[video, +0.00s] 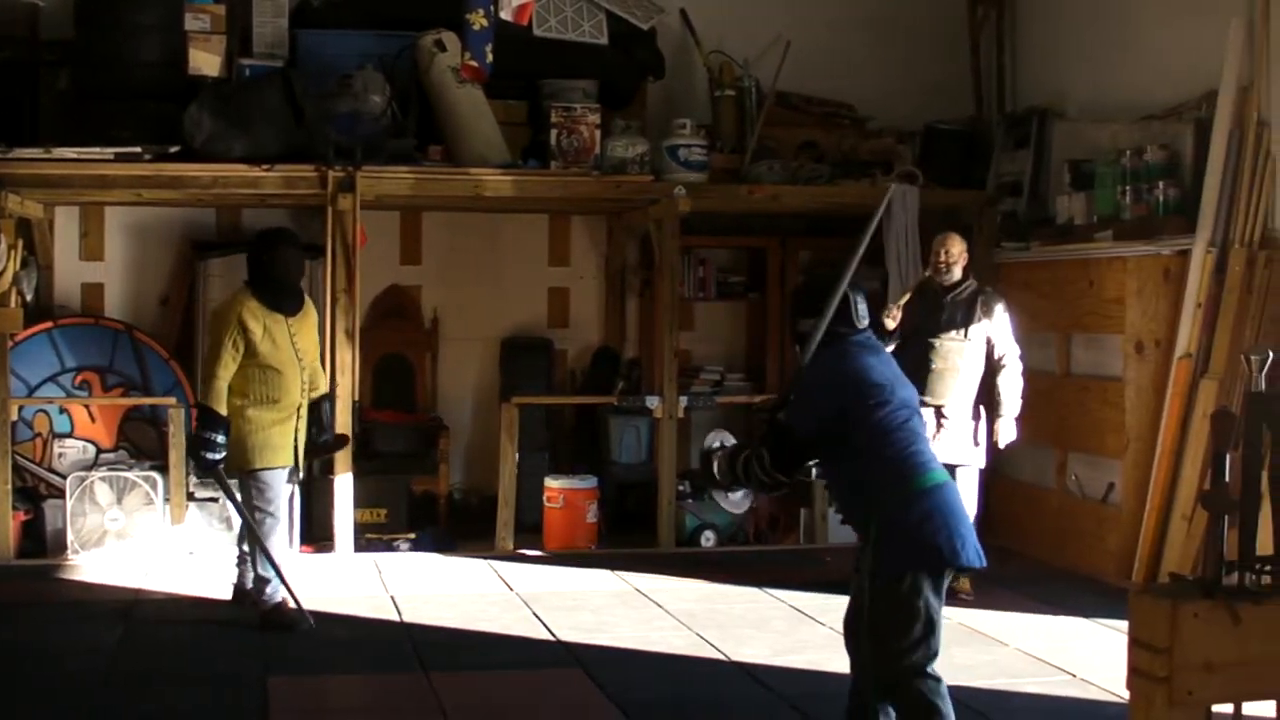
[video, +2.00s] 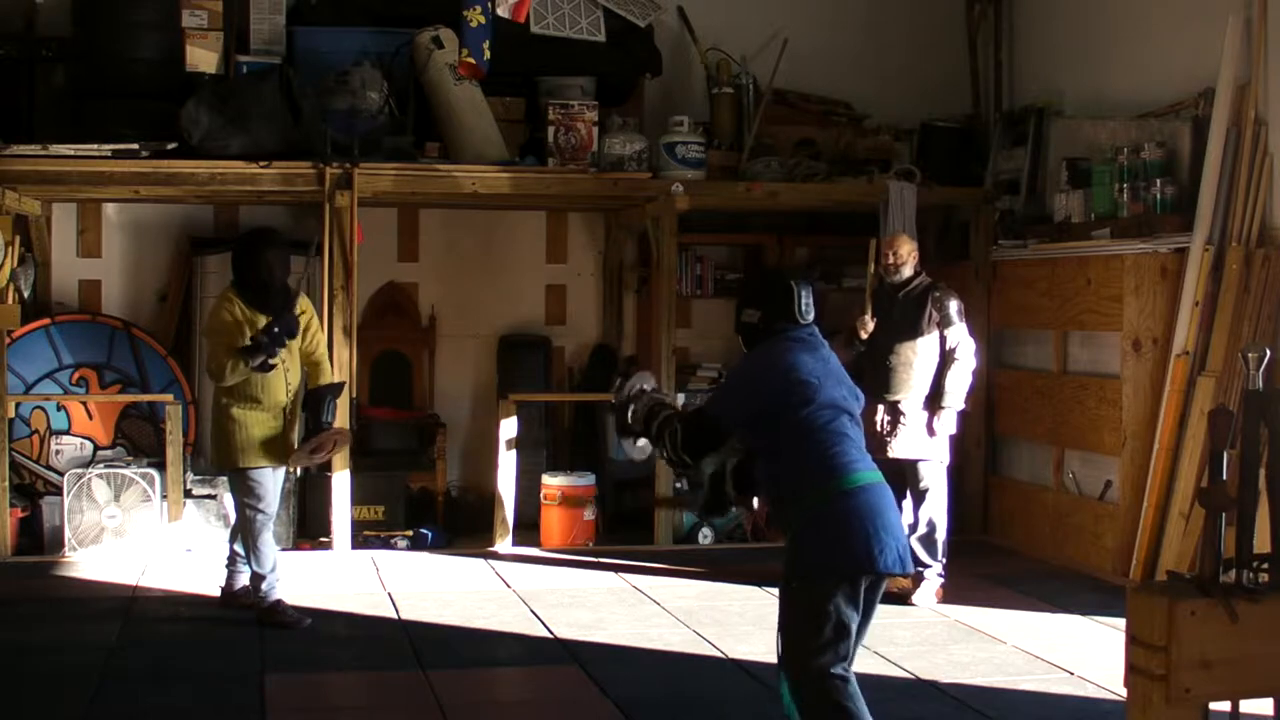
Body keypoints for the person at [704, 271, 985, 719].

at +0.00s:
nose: (795, 332)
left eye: (800, 322)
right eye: (798, 322)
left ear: (812, 321)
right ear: (857, 315)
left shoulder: (836, 365)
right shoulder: (869, 356)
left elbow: (782, 457)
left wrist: (730, 464)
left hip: (911, 526)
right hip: (898, 524)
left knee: (905, 662)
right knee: (864, 639)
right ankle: (868, 711)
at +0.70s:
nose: (795, 334)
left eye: (801, 323)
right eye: (798, 322)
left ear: (811, 329)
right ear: (857, 324)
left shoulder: (820, 381)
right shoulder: (881, 373)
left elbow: (763, 464)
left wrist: (709, 469)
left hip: (882, 547)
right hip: (924, 539)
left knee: (844, 691)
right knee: (878, 689)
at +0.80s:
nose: (798, 327)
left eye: (805, 317)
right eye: (802, 316)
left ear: (815, 322)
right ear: (860, 318)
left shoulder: (819, 377)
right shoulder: (884, 370)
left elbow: (762, 463)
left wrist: (710, 469)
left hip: (877, 556)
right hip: (924, 547)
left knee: (840, 696)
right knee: (882, 695)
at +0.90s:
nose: (799, 326)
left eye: (805, 315)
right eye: (802, 315)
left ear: (816, 318)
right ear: (860, 314)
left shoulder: (822, 371)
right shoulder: (884, 363)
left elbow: (764, 458)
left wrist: (712, 462)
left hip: (878, 558)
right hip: (925, 549)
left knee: (844, 698)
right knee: (881, 694)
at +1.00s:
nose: (795, 319)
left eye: (801, 307)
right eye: (798, 307)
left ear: (813, 312)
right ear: (858, 307)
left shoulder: (820, 369)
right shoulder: (881, 359)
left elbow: (755, 457)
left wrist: (696, 452)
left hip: (881, 555)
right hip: (918, 545)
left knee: (850, 696)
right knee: (862, 689)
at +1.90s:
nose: (742, 325)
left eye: (747, 315)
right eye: (745, 315)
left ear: (760, 316)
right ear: (803, 313)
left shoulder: (773, 361)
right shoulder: (829, 362)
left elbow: (693, 444)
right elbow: (794, 458)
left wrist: (646, 421)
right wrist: (722, 465)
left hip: (837, 529)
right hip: (874, 524)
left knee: (822, 668)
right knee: (827, 663)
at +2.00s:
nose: (739, 325)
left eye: (744, 315)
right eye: (741, 315)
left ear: (757, 317)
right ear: (798, 313)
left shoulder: (768, 363)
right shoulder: (823, 361)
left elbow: (691, 440)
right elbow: (797, 455)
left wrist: (643, 404)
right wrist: (729, 482)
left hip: (834, 531)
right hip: (876, 526)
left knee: (813, 670)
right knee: (831, 668)